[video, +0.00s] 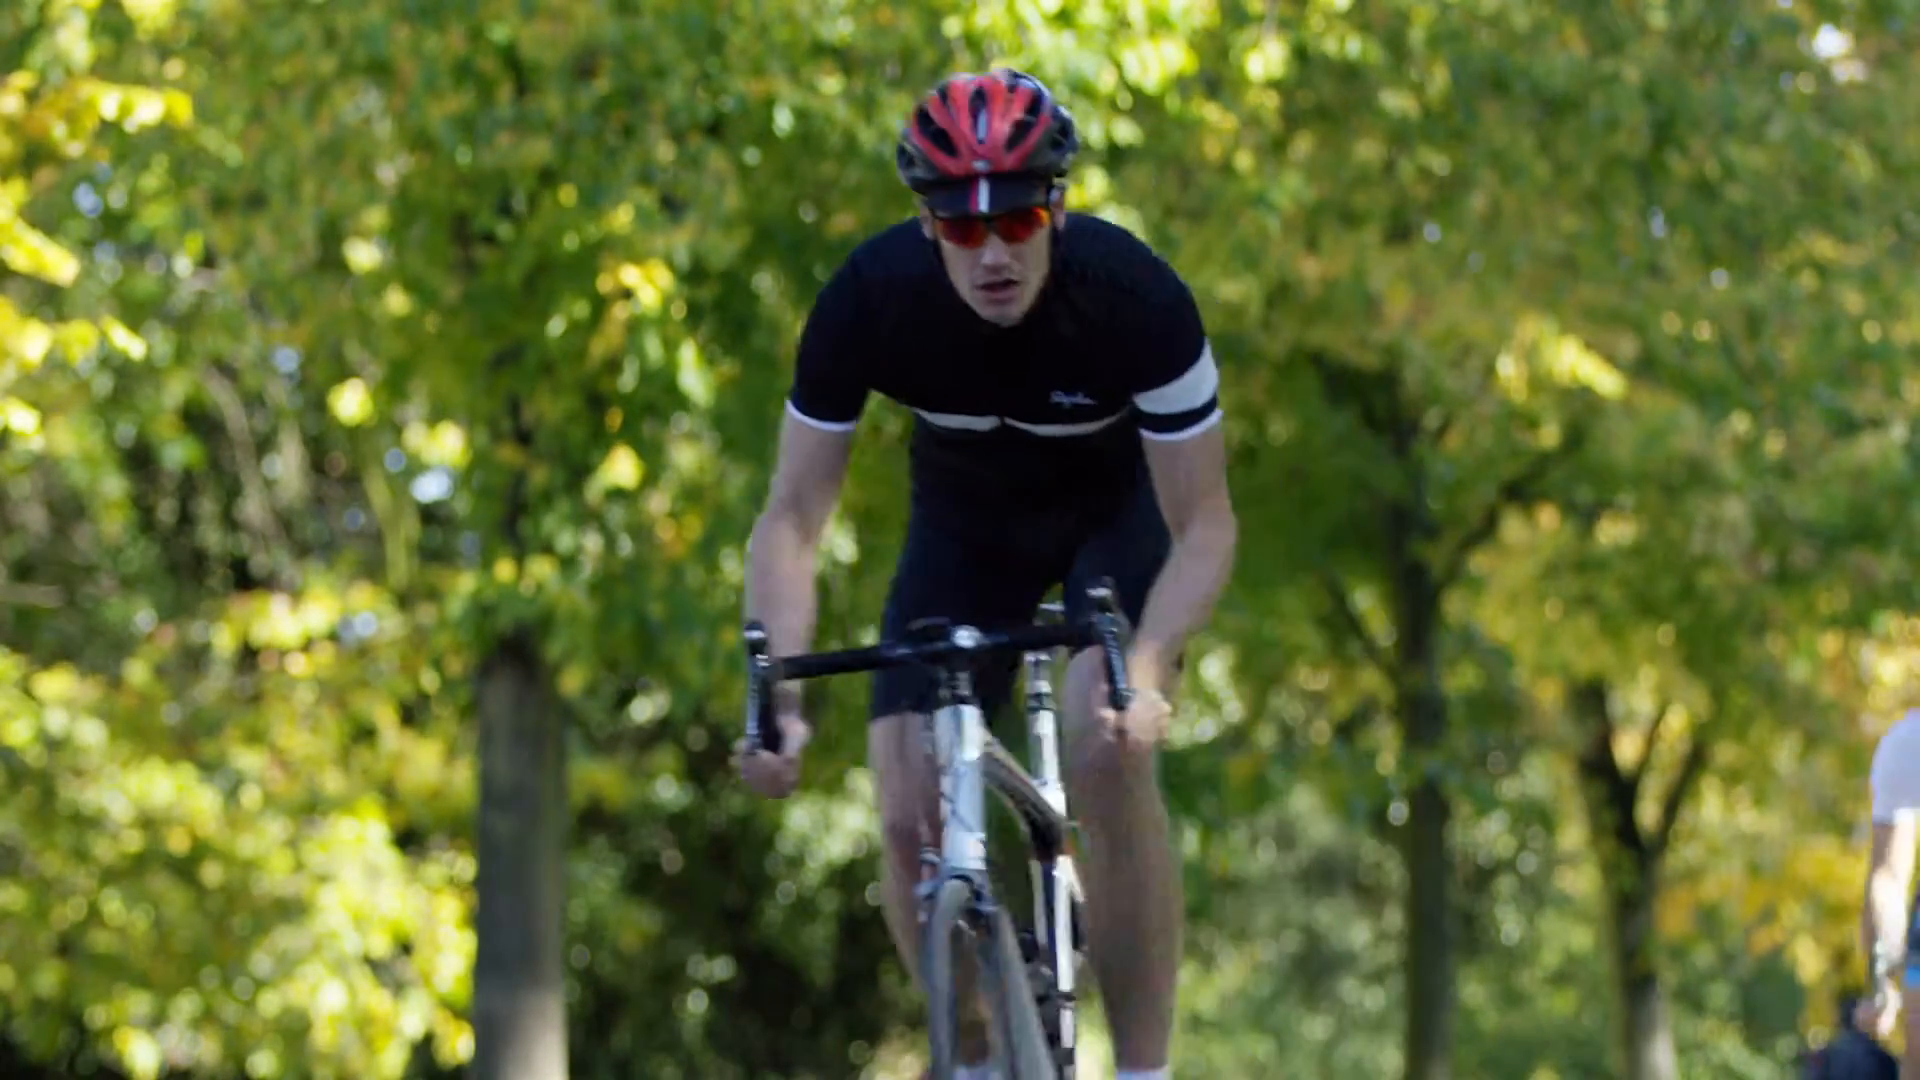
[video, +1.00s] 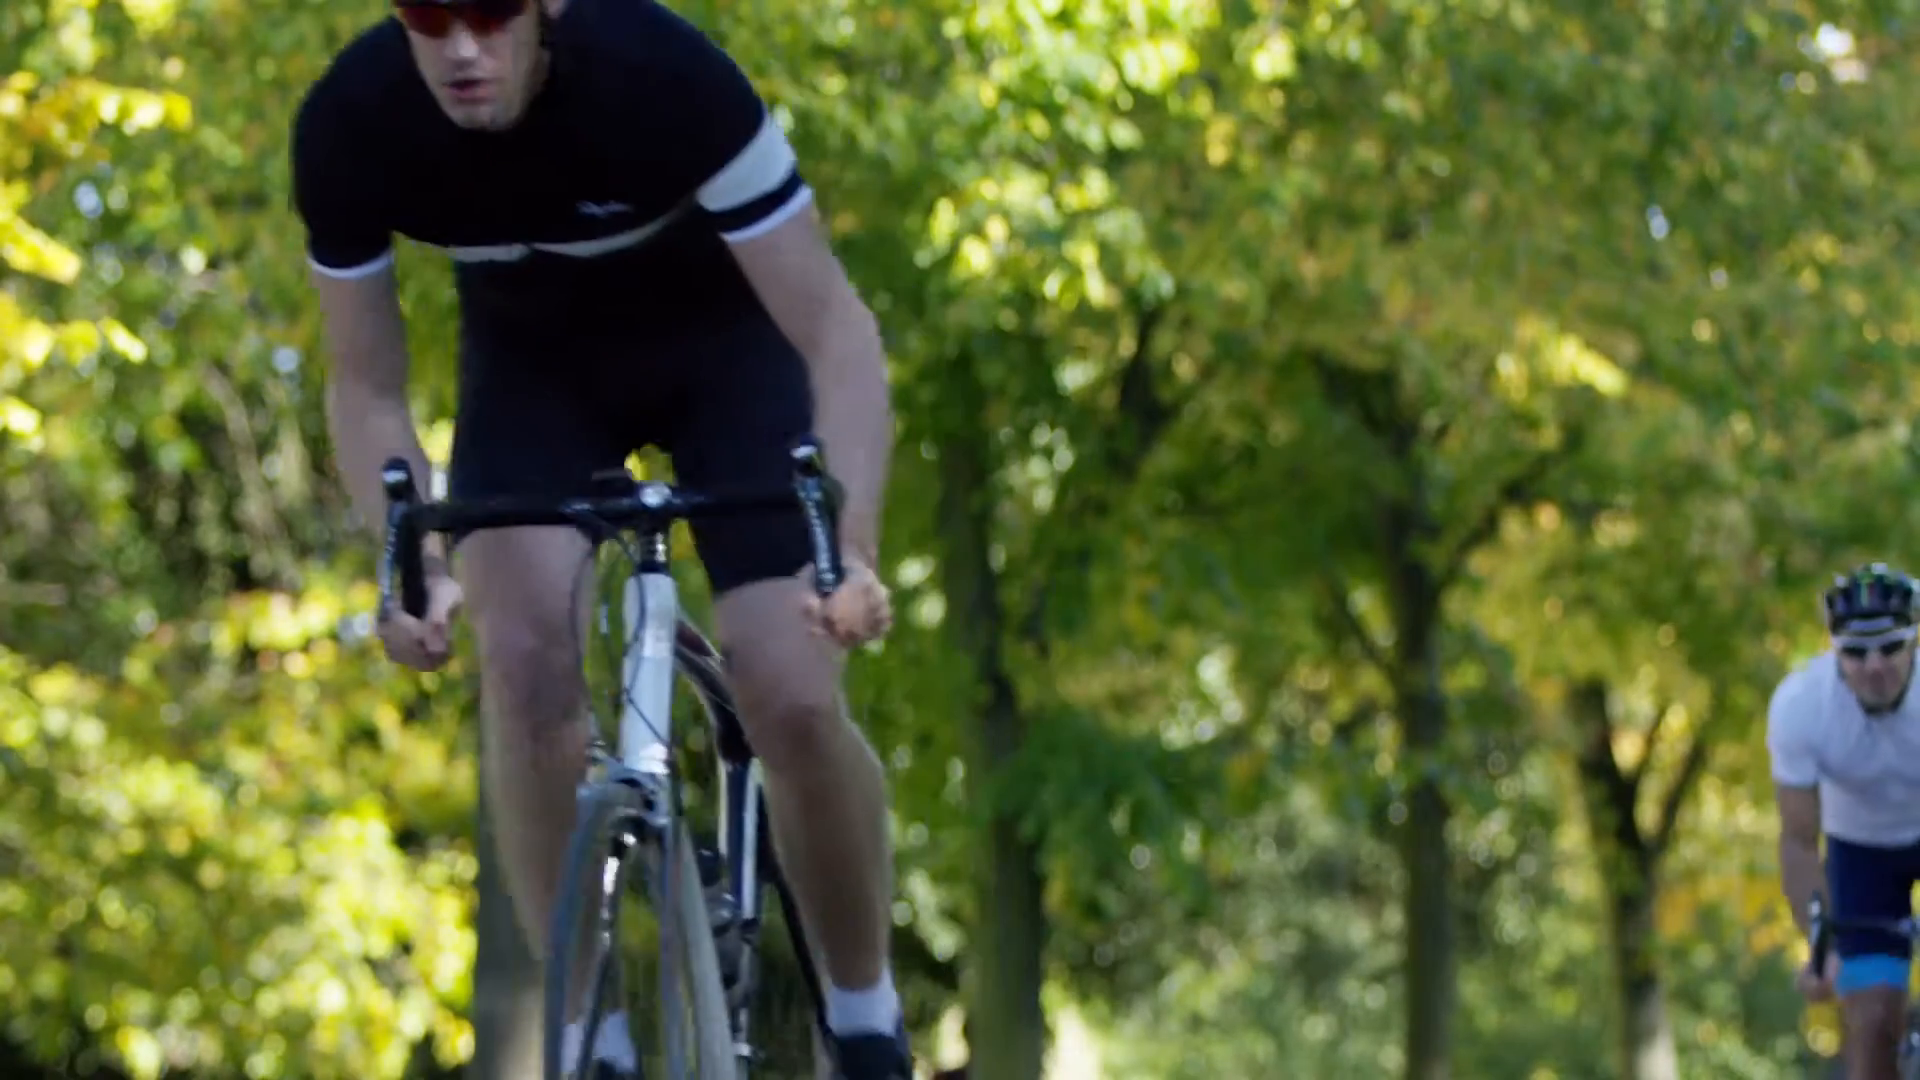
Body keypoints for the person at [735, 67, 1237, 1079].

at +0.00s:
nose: (993, 254)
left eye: (1017, 222)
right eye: (964, 228)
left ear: (1057, 208)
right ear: (928, 220)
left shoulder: (1136, 296)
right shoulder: (867, 301)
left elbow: (1205, 519)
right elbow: (794, 514)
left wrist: (1152, 664)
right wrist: (779, 696)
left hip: (1118, 514)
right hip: (960, 515)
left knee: (1111, 752)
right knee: (907, 812)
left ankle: (1144, 1069)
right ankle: (971, 1062)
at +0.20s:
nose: (899, 230)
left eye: (924, 197)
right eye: (869, 204)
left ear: (969, 179)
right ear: (836, 197)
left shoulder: (1058, 272)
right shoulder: (786, 283)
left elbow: (1136, 506)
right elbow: (708, 508)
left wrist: (1060, 652)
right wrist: (681, 688)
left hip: (1059, 499)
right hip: (893, 498)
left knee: (1047, 793)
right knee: (799, 745)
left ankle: (1074, 1070)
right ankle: (883, 1015)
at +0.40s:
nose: (789, 205)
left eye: (814, 172)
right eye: (762, 179)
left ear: (867, 154)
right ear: (731, 172)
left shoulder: (970, 242)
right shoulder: (691, 260)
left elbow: (1071, 476)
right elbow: (624, 481)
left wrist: (997, 630)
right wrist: (597, 674)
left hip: (986, 467)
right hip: (815, 456)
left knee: (988, 832)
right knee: (710, 664)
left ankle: (1009, 1071)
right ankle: (778, 944)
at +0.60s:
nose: (675, 160)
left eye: (704, 126)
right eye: (644, 131)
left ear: (760, 103)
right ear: (614, 121)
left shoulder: (871, 186)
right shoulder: (583, 223)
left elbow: (1006, 433)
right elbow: (533, 463)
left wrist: (945, 592)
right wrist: (534, 631)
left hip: (901, 412)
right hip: (733, 411)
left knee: (929, 817)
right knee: (645, 602)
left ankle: (949, 1073)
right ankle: (708, 928)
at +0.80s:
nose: (567, 105)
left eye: (596, 69)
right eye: (536, 76)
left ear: (654, 48)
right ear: (505, 68)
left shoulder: (767, 120)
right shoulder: (468, 173)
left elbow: (928, 363)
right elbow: (453, 425)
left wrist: (909, 567)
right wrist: (473, 590)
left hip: (816, 359)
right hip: (633, 365)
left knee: (862, 757)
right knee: (586, 594)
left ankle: (923, 1068)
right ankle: (657, 979)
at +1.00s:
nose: (462, 49)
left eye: (491, 17)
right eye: (432, 21)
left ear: (546, 8)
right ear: (399, 21)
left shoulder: (665, 75)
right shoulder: (347, 126)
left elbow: (833, 319)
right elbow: (365, 378)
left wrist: (851, 547)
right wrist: (404, 558)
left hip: (715, 312)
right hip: (522, 333)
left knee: (793, 699)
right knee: (523, 659)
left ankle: (865, 1030)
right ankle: (587, 1045)